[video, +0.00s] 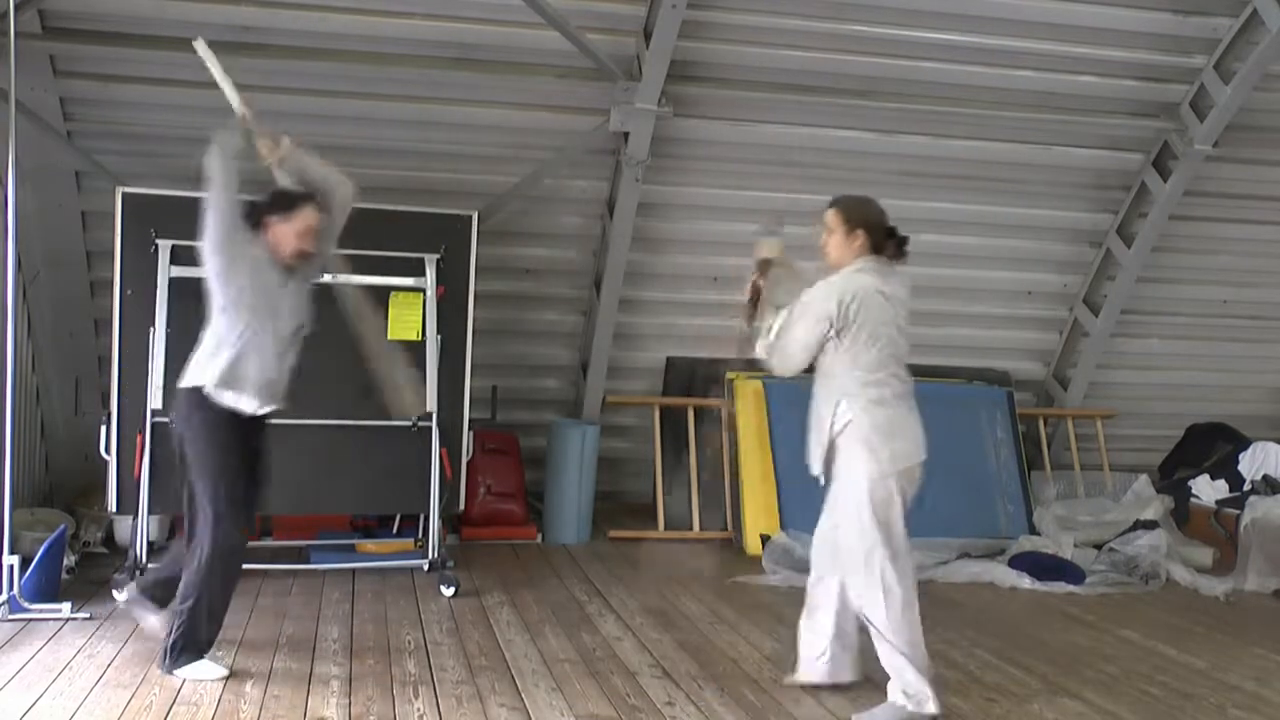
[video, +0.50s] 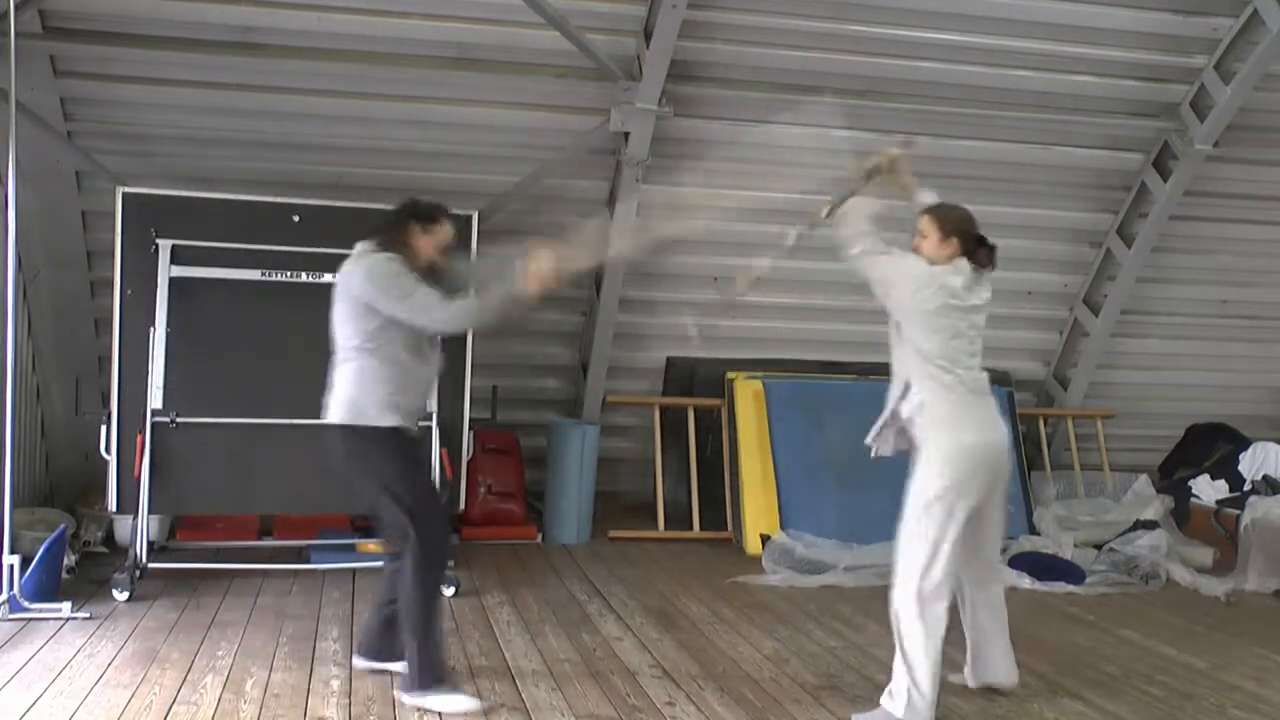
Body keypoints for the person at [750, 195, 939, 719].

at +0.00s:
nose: (822, 242)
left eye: (829, 232)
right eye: (823, 232)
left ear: (857, 239)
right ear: (866, 239)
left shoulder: (834, 290)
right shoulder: (892, 286)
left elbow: (785, 358)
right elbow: (826, 307)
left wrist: (764, 315)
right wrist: (779, 281)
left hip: (865, 447)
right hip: (902, 443)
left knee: (875, 564)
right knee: (830, 549)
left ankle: (914, 694)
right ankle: (826, 663)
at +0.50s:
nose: (916, 242)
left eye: (924, 235)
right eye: (918, 234)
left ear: (950, 244)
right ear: (957, 244)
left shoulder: (914, 282)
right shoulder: (977, 280)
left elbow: (859, 241)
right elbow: (949, 230)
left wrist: (858, 195)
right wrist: (911, 185)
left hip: (949, 445)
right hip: (993, 438)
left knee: (917, 577)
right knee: (982, 563)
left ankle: (910, 701)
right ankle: (994, 668)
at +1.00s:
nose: (1003, 272)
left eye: (1009, 264)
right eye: (1004, 263)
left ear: (1035, 266)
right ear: (1040, 267)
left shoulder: (1032, 305)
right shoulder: (1051, 309)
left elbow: (973, 357)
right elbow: (1007, 391)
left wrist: (933, 359)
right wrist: (947, 383)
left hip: (1061, 457)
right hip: (1035, 460)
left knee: (1075, 581)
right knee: (994, 560)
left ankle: (1173, 682)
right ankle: (991, 675)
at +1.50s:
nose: (1124, 271)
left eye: (1131, 261)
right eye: (1125, 261)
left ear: (1161, 265)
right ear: (1172, 266)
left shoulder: (1156, 317)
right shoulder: (1198, 305)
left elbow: (1075, 361)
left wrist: (1066, 302)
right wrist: (1075, 299)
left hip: (1210, 468)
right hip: (1259, 458)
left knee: (1164, 580)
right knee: (1258, 588)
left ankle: (1198, 706)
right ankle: (1277, 699)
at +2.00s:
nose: (1164, 259)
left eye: (1170, 249)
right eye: (1164, 249)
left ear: (1195, 248)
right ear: (1209, 250)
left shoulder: (1223, 284)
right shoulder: (1187, 307)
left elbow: (1150, 259)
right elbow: (1117, 351)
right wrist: (1088, 305)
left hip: (1228, 476)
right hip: (1212, 477)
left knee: (1180, 611)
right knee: (1245, 607)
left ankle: (1183, 707)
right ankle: (1263, 703)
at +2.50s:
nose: (1065, 281)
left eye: (1079, 265)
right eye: (1066, 271)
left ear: (1108, 264)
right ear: (1092, 270)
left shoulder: (1128, 308)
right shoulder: (1093, 318)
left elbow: (1080, 251)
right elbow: (1043, 255)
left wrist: (1069, 183)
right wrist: (1038, 189)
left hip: (1151, 502)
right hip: (1094, 505)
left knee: (1151, 655)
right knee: (1035, 585)